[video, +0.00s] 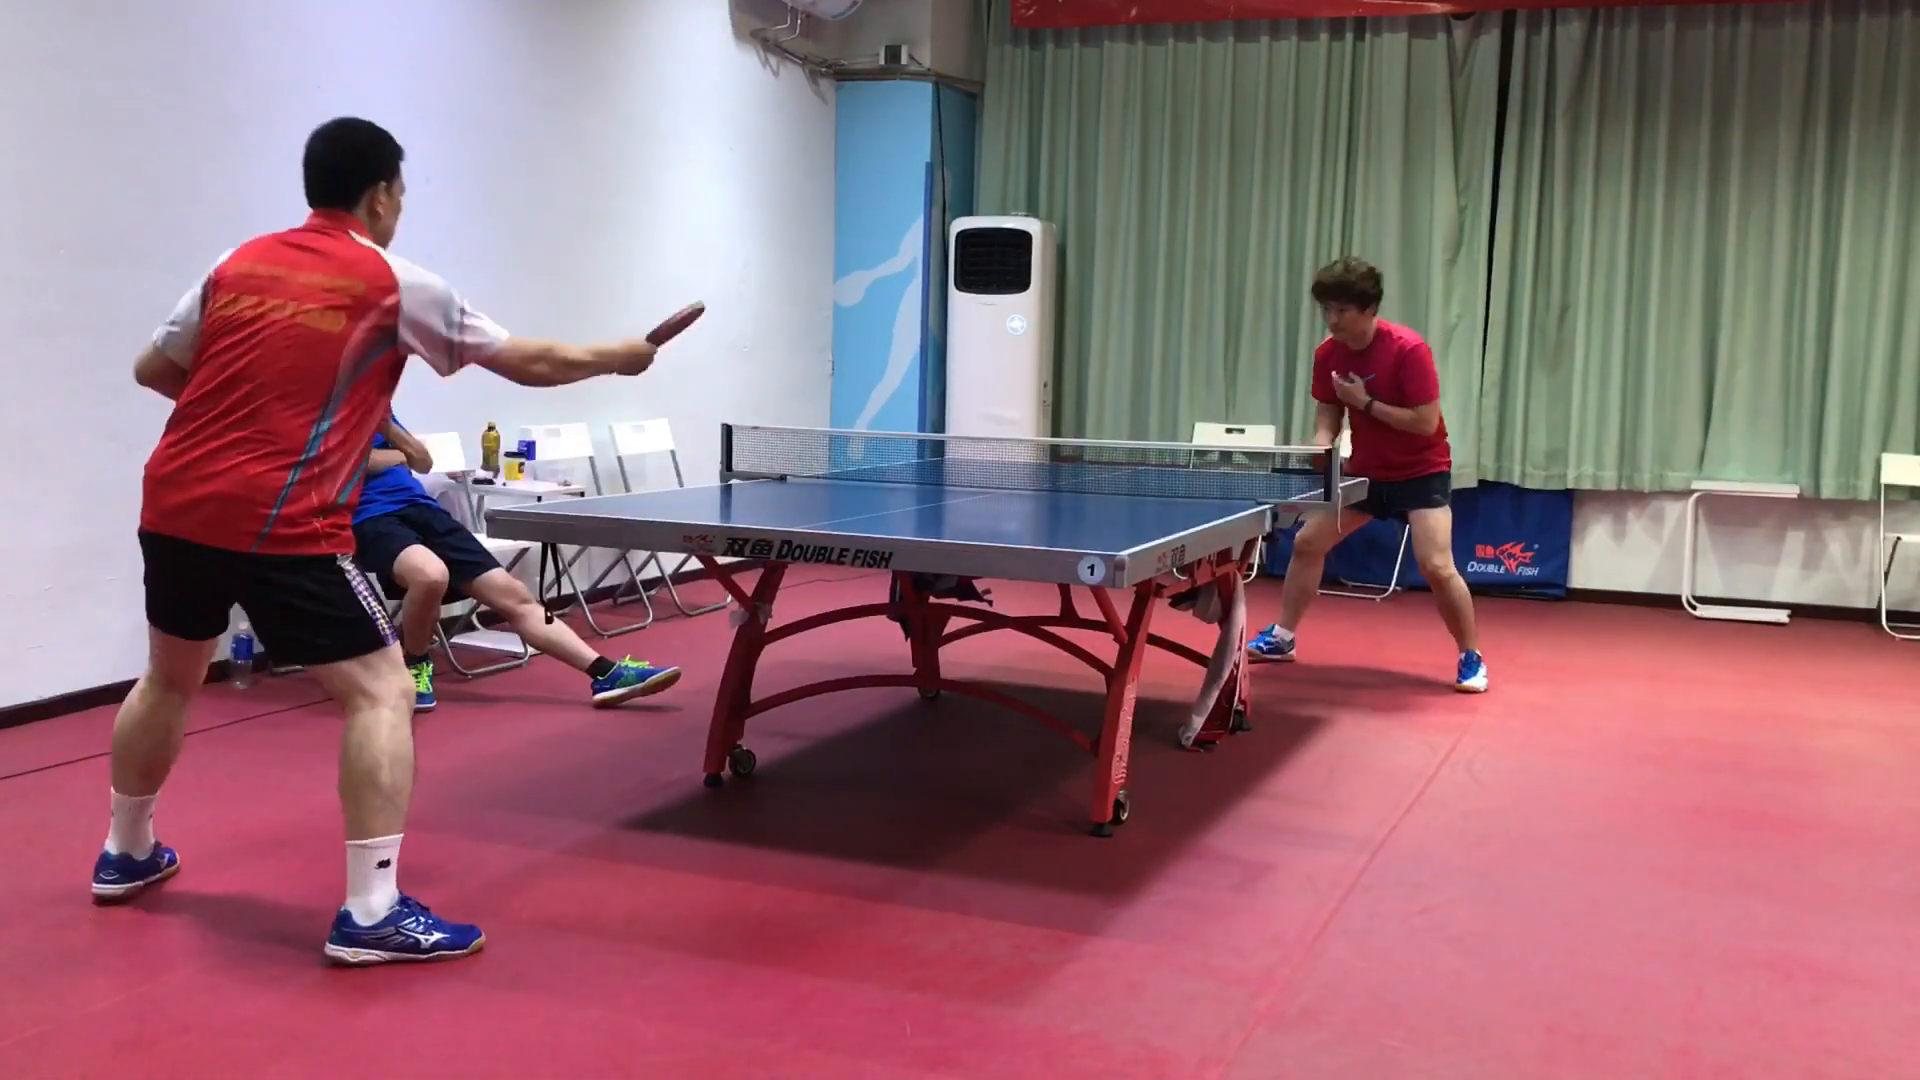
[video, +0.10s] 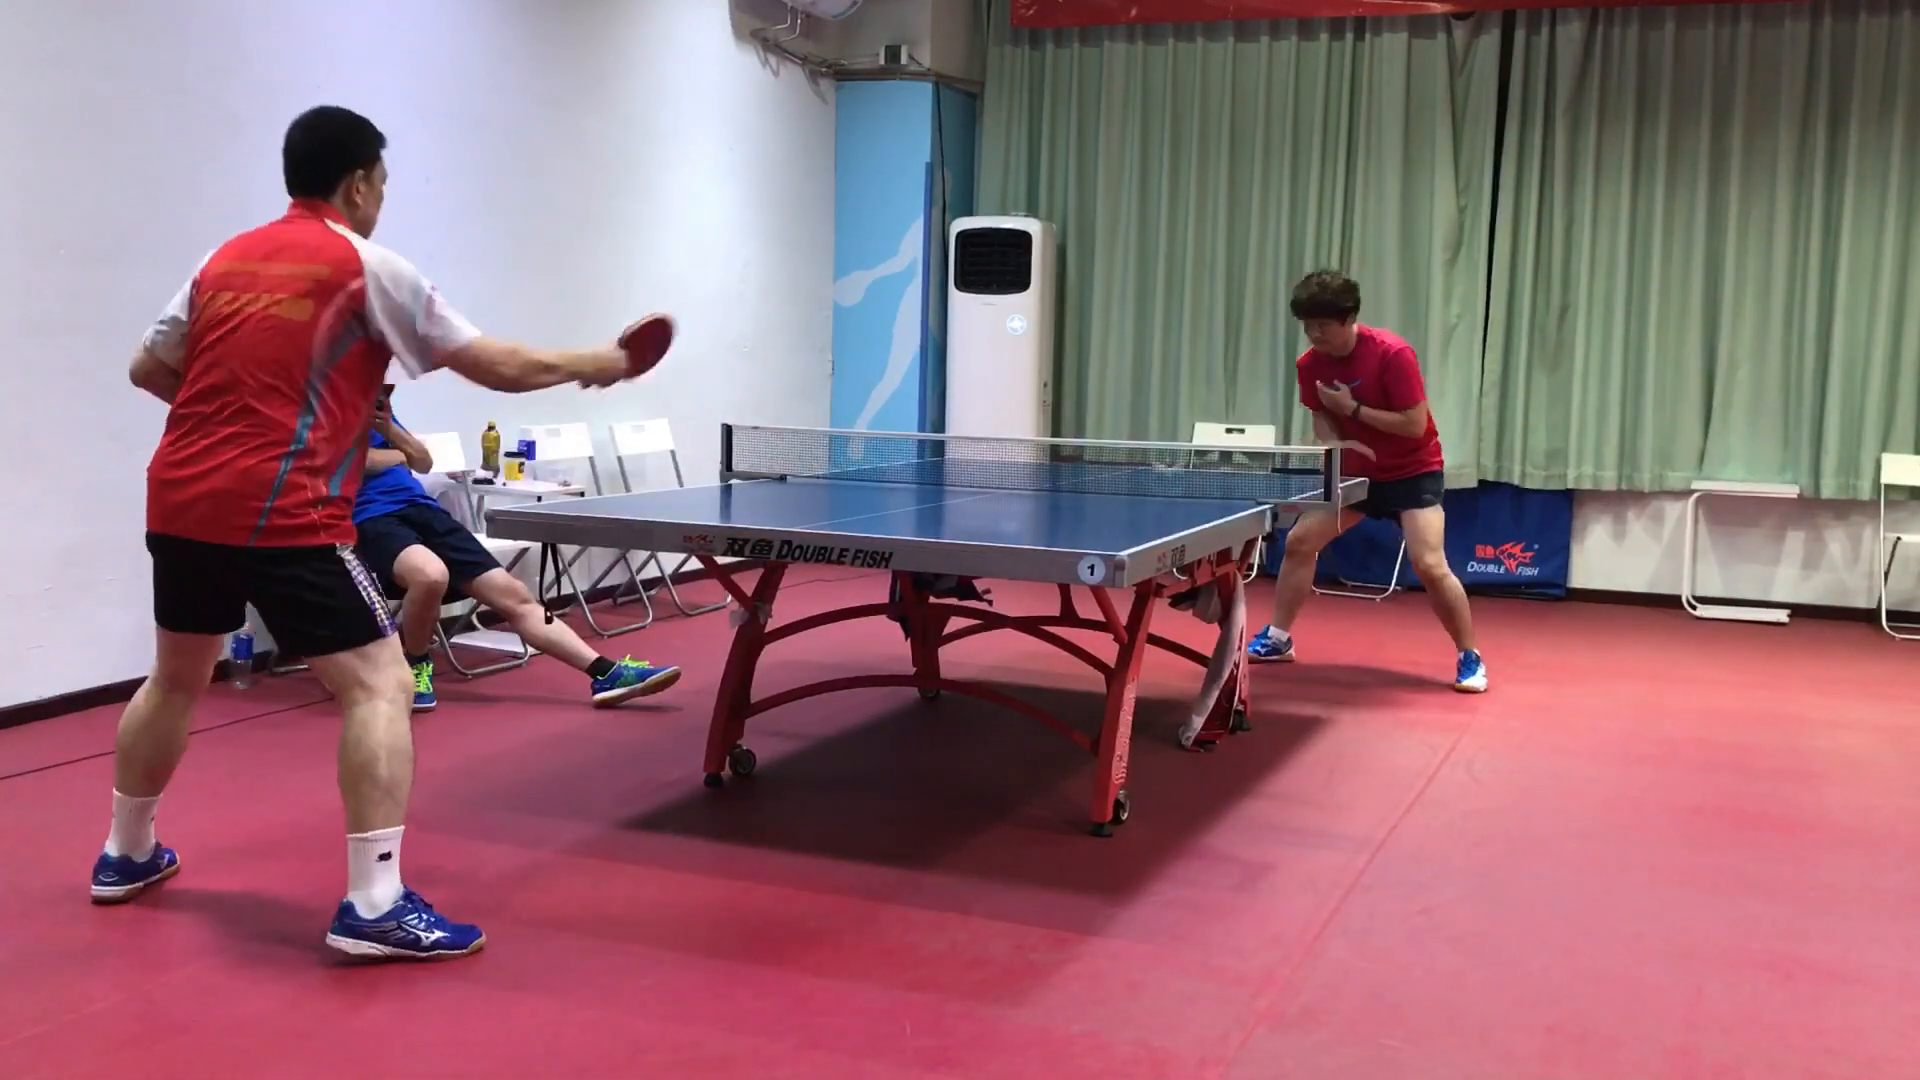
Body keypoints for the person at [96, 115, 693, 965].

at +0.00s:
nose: (402, 207)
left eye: (401, 193)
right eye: (399, 193)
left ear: (312, 196)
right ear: (378, 198)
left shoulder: (239, 262)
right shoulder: (395, 283)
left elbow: (156, 366)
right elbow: (527, 363)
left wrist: (251, 405)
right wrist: (623, 355)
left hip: (176, 506)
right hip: (290, 522)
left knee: (168, 681)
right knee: (378, 690)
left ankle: (125, 850)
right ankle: (371, 910)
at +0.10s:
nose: (383, 197)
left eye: (383, 183)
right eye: (381, 183)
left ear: (294, 183)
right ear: (357, 184)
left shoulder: (225, 259)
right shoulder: (370, 268)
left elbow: (150, 366)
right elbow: (492, 366)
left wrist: (241, 416)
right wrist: (602, 362)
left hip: (180, 499)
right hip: (286, 509)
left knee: (173, 680)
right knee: (376, 683)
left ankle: (125, 852)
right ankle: (375, 903)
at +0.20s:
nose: (383, 190)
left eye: (380, 174)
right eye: (380, 174)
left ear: (297, 176)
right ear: (356, 178)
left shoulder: (230, 253)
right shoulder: (362, 263)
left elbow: (169, 370)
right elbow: (452, 374)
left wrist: (270, 400)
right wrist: (550, 396)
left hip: (178, 499)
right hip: (277, 506)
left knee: (176, 679)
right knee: (370, 681)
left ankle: (125, 852)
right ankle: (386, 899)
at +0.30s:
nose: (402, 214)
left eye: (401, 198)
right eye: (399, 198)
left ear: (313, 199)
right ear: (371, 200)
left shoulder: (247, 268)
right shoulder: (364, 278)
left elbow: (244, 411)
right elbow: (436, 404)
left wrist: (350, 453)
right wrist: (507, 436)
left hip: (173, 511)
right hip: (269, 522)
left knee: (192, 676)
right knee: (373, 687)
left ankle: (127, 850)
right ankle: (384, 908)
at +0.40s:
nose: (416, 255)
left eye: (417, 240)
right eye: (415, 239)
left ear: (331, 230)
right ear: (393, 237)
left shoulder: (264, 293)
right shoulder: (374, 314)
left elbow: (247, 414)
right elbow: (436, 444)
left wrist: (343, 458)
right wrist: (472, 493)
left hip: (170, 533)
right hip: (265, 545)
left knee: (202, 681)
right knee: (403, 690)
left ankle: (128, 853)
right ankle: (386, 909)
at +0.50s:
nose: (427, 259)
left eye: (429, 245)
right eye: (426, 245)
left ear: (340, 235)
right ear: (404, 244)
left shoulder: (266, 296)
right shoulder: (396, 329)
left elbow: (189, 412)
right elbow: (473, 467)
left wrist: (324, 456)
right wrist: (464, 506)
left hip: (173, 533)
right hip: (272, 548)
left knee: (194, 684)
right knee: (411, 692)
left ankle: (127, 853)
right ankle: (386, 908)